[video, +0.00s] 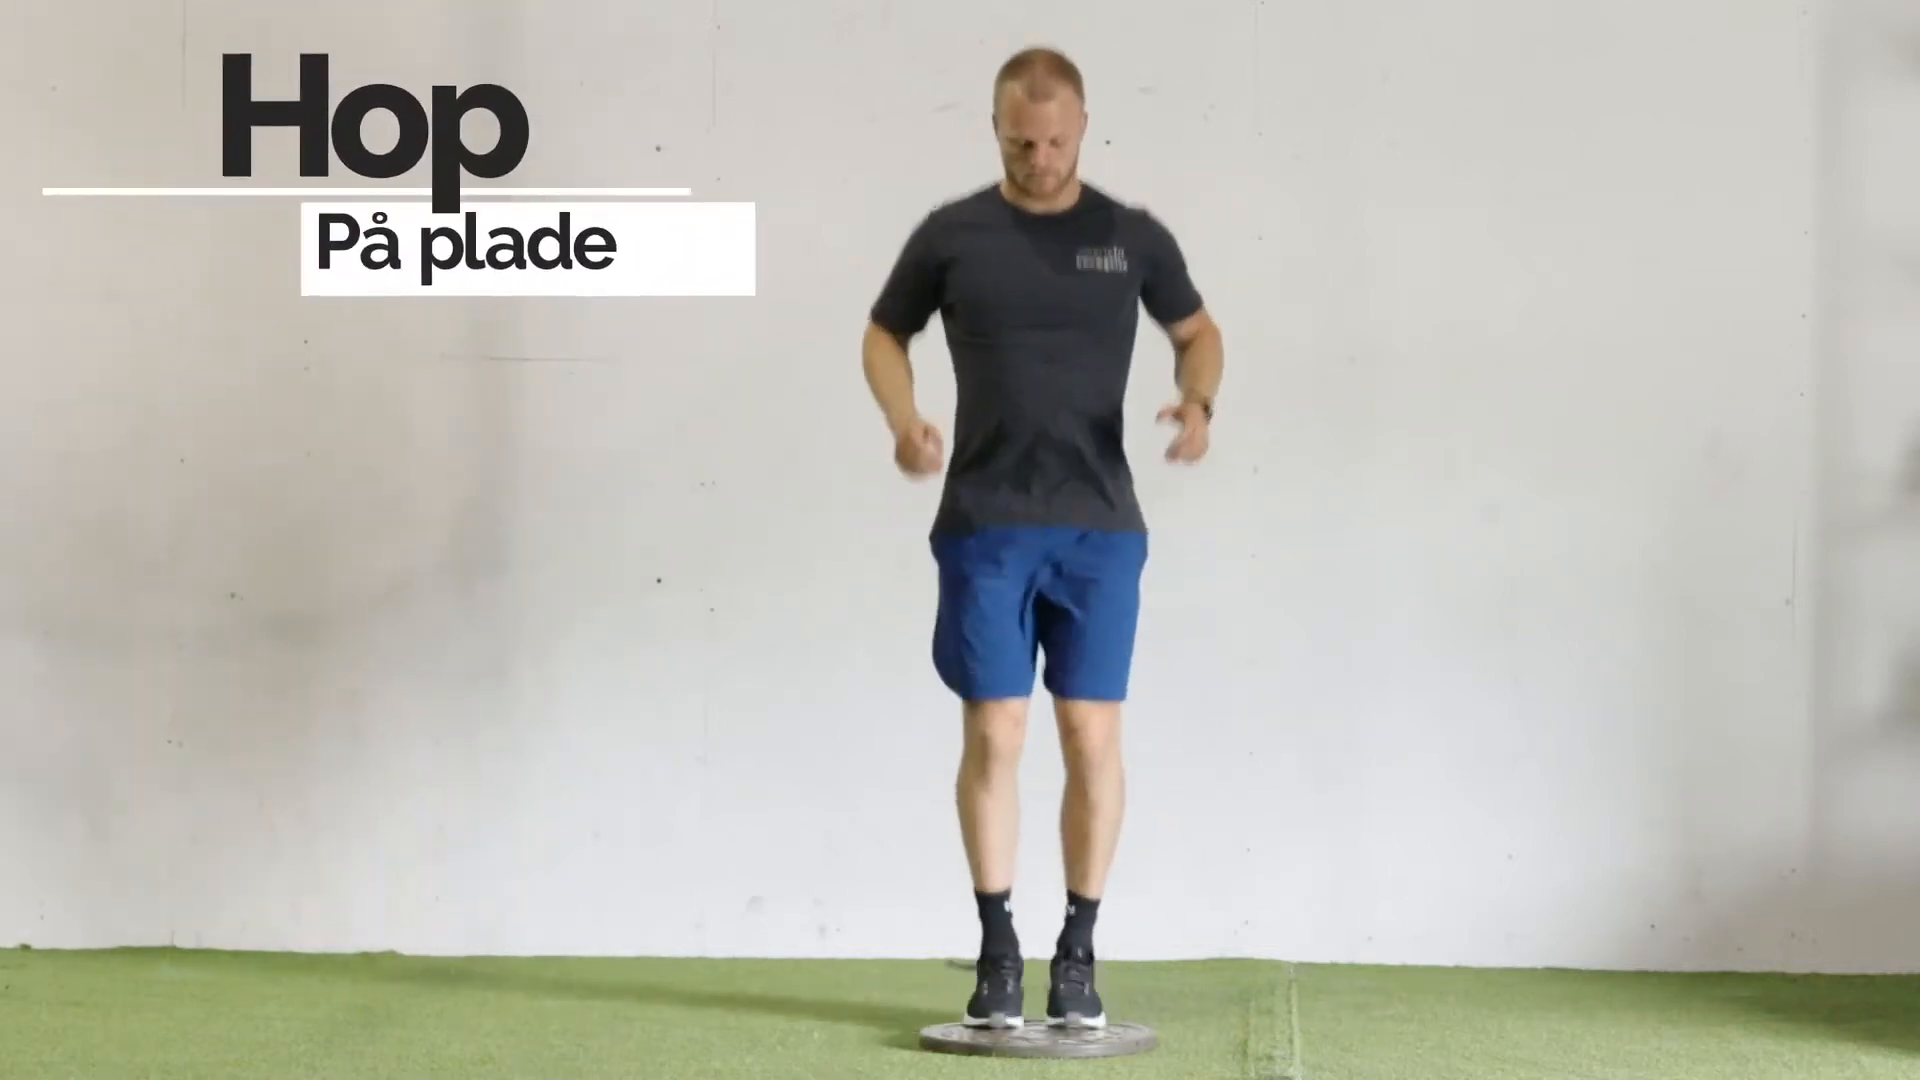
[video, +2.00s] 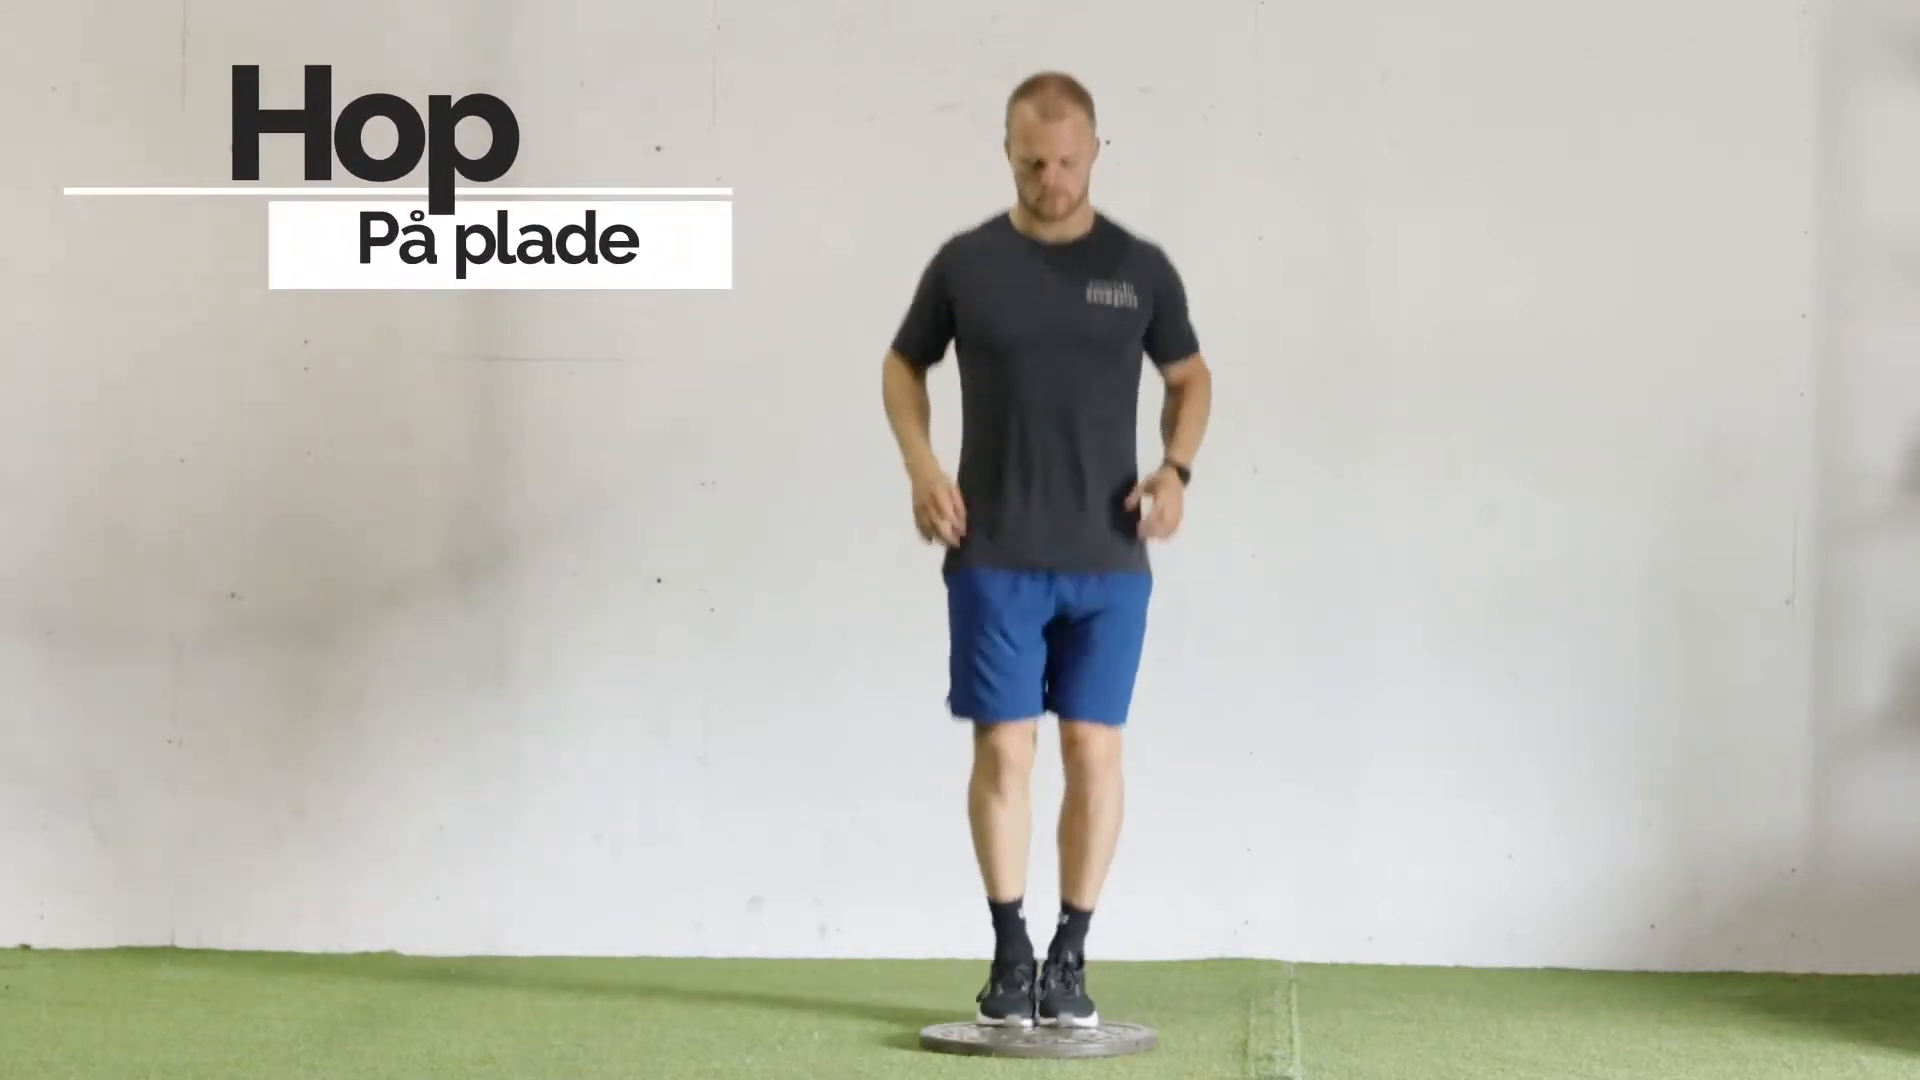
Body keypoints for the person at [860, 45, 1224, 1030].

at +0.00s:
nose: (1041, 155)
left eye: (1057, 138)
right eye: (1024, 139)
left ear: (1082, 131)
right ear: (999, 132)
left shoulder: (1132, 237)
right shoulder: (951, 235)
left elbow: (1195, 330)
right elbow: (885, 334)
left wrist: (1198, 399)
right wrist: (905, 418)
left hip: (1099, 521)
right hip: (986, 519)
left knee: (1091, 736)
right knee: (995, 736)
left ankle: (1077, 955)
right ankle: (999, 956)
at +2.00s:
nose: (1049, 176)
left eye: (1065, 158)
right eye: (1032, 159)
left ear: (1094, 154)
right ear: (1008, 156)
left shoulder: (1139, 267)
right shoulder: (964, 263)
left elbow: (1190, 378)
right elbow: (903, 366)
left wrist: (1174, 470)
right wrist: (922, 467)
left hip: (1108, 556)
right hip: (995, 553)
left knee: (1092, 747)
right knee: (1004, 750)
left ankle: (1067, 960)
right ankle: (1010, 958)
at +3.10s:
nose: (1038, 110)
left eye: (1054, 91)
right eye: (1020, 92)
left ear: (1085, 82)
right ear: (998, 86)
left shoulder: (1135, 184)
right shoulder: (954, 186)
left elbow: (1207, 267)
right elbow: (893, 271)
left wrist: (1179, 357)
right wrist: (903, 378)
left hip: (1107, 481)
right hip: (988, 481)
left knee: (1101, 695)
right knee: (986, 693)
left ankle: (1076, 908)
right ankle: (989, 906)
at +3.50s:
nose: (1044, 125)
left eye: (1059, 108)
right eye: (1027, 109)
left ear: (1088, 102)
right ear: (1004, 108)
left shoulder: (1139, 206)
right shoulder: (965, 207)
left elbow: (1212, 293)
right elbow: (893, 302)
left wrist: (1186, 332)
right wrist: (932, 328)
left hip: (1110, 500)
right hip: (996, 498)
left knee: (1105, 712)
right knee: (990, 711)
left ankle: (1082, 917)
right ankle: (991, 916)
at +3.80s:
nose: (1054, 191)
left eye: (1071, 173)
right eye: (1037, 174)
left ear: (1100, 169)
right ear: (1014, 171)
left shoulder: (1148, 288)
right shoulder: (970, 284)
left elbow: (1199, 401)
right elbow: (907, 397)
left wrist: (1188, 470)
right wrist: (941, 474)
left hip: (1116, 572)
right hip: (1006, 569)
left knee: (1106, 772)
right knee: (1013, 775)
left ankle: (1081, 970)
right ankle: (1024, 965)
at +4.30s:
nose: (1053, 209)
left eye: (1070, 192)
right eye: (1036, 193)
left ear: (1101, 189)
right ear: (1015, 194)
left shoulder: (1152, 307)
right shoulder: (974, 307)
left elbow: (1209, 412)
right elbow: (920, 418)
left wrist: (1201, 482)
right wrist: (942, 467)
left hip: (1117, 594)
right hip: (1008, 594)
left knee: (1115, 794)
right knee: (1016, 792)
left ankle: (1098, 959)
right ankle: (1033, 957)